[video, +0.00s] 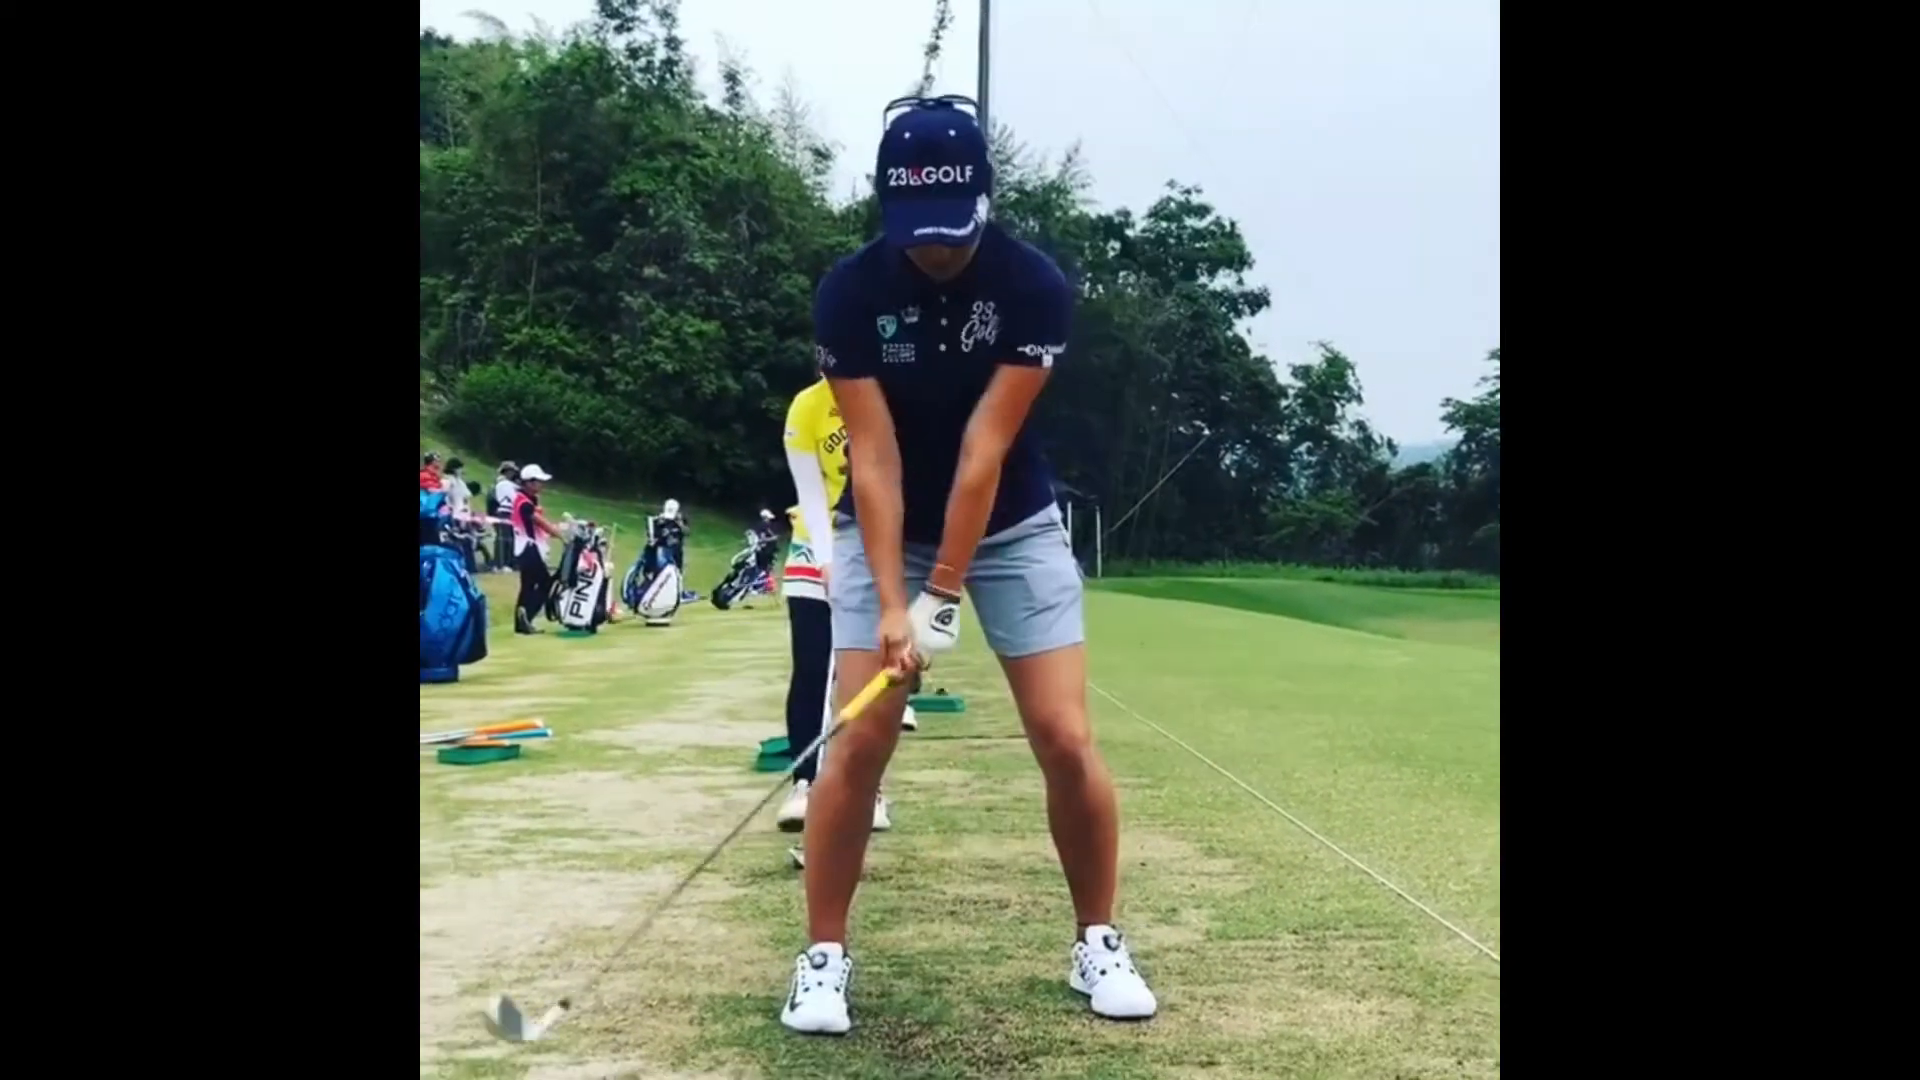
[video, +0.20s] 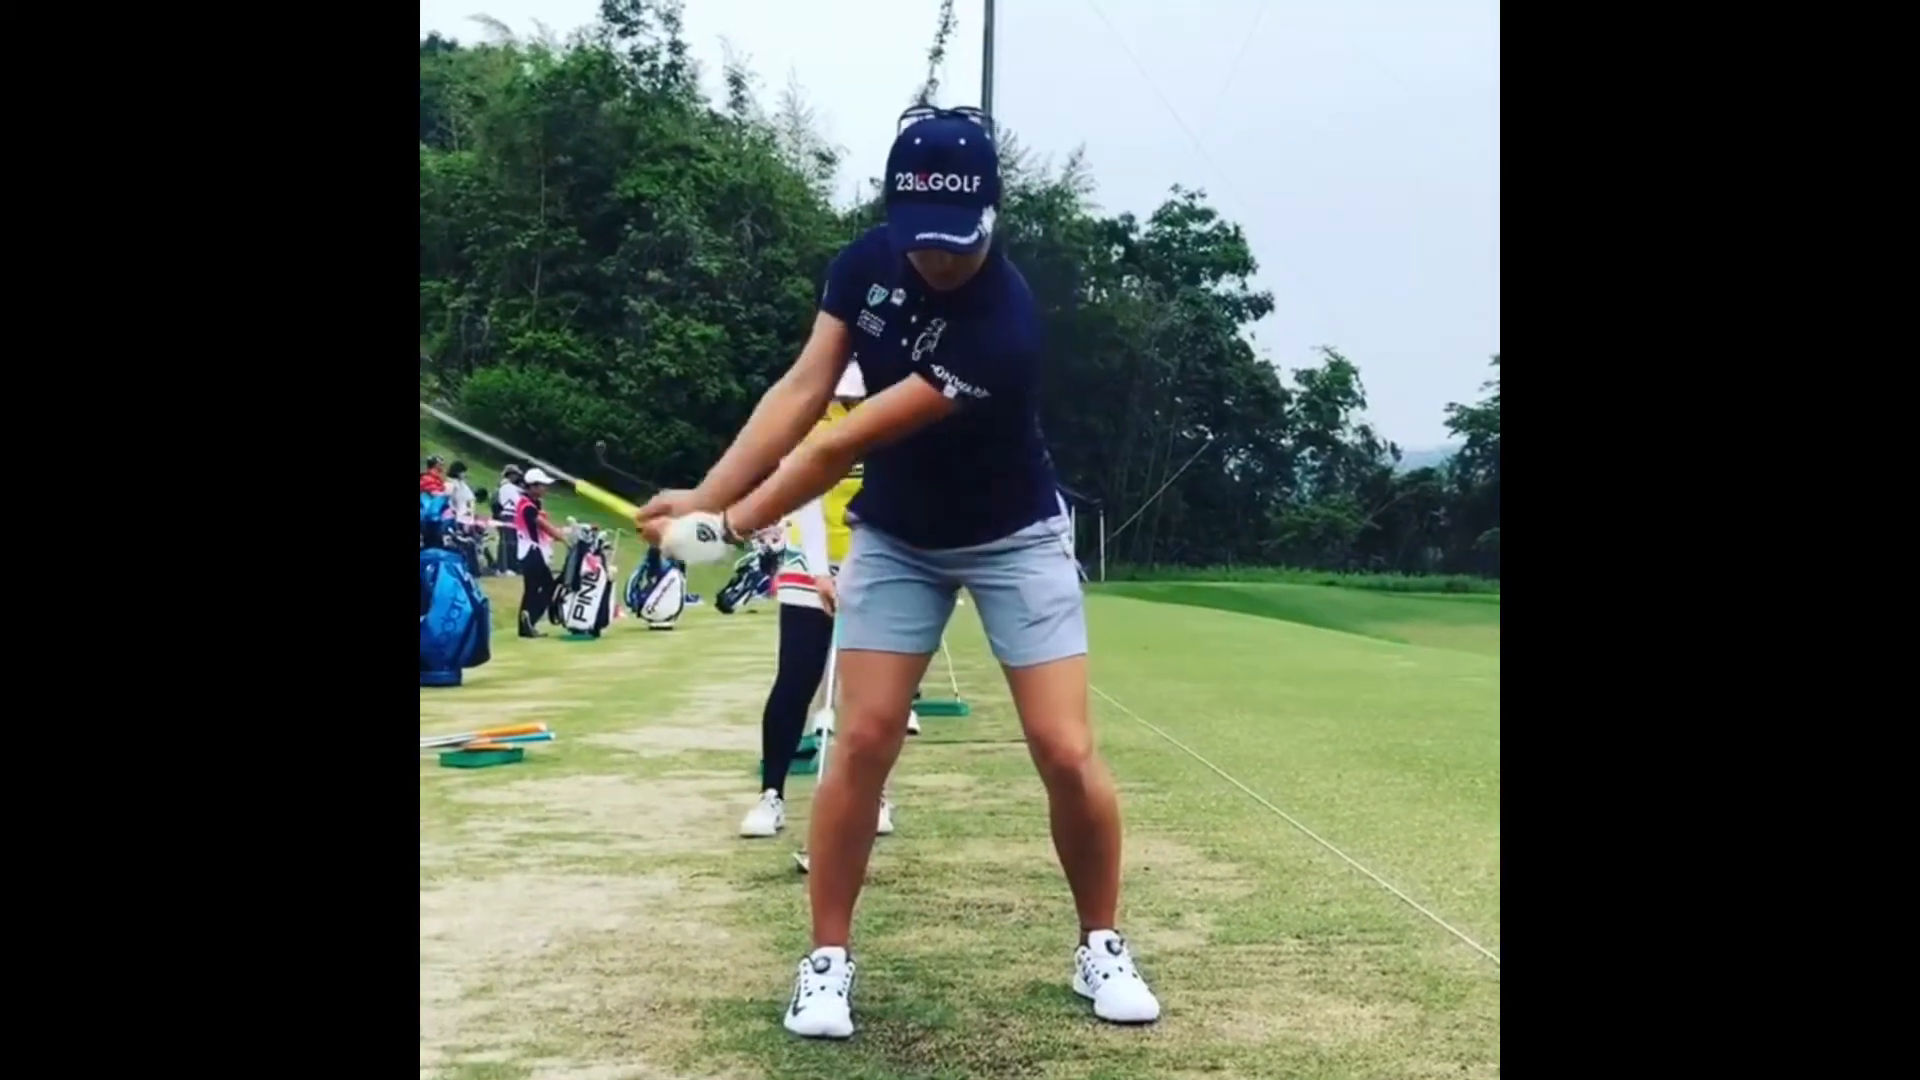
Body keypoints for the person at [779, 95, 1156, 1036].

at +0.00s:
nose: (938, 243)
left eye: (955, 223)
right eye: (920, 225)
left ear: (985, 199)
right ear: (890, 204)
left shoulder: (1036, 287)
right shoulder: (849, 293)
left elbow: (984, 450)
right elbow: (872, 454)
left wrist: (945, 591)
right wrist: (889, 597)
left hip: (1014, 529)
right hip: (888, 532)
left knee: (1066, 741)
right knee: (857, 744)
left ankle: (1100, 942)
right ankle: (824, 954)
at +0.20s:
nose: (945, 254)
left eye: (962, 235)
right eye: (928, 235)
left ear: (992, 214)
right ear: (899, 210)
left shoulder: (1005, 322)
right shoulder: (867, 265)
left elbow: (848, 440)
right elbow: (799, 391)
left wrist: (737, 526)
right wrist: (706, 496)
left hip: (1017, 539)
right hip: (893, 539)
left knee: (1068, 753)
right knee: (865, 738)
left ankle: (1103, 946)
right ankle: (828, 958)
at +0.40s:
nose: (933, 253)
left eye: (954, 233)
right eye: (917, 232)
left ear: (990, 217)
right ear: (894, 211)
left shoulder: (977, 314)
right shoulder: (894, 264)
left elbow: (803, 313)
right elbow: (809, 307)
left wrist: (690, 256)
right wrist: (709, 249)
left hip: (1016, 549)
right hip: (895, 542)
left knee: (1061, 769)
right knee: (871, 736)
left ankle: (1102, 950)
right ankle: (829, 960)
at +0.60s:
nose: (939, 260)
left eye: (958, 239)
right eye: (921, 242)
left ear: (999, 217)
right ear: (896, 224)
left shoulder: (991, 312)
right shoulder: (911, 286)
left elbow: (826, 251)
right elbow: (848, 306)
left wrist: (773, 175)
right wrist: (811, 192)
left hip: (1025, 555)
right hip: (908, 548)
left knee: (1062, 775)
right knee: (870, 743)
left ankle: (1099, 953)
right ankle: (825, 963)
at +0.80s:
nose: (984, 276)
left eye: (987, 254)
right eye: (961, 270)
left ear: (994, 217)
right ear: (915, 261)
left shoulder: (1056, 256)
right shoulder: (895, 327)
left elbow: (1063, 416)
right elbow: (932, 475)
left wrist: (1042, 550)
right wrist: (989, 567)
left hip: (1083, 524)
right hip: (973, 541)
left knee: (1117, 722)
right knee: (951, 748)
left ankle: (1108, 953)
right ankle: (829, 958)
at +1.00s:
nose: (1034, 249)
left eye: (1033, 231)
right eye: (1013, 242)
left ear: (969, 242)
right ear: (964, 256)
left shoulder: (976, 261)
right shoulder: (1039, 326)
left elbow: (1090, 264)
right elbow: (1142, 284)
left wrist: (1196, 252)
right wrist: (1207, 228)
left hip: (1068, 527)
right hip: (1051, 542)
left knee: (1092, 727)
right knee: (1002, 758)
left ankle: (1088, 951)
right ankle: (833, 920)